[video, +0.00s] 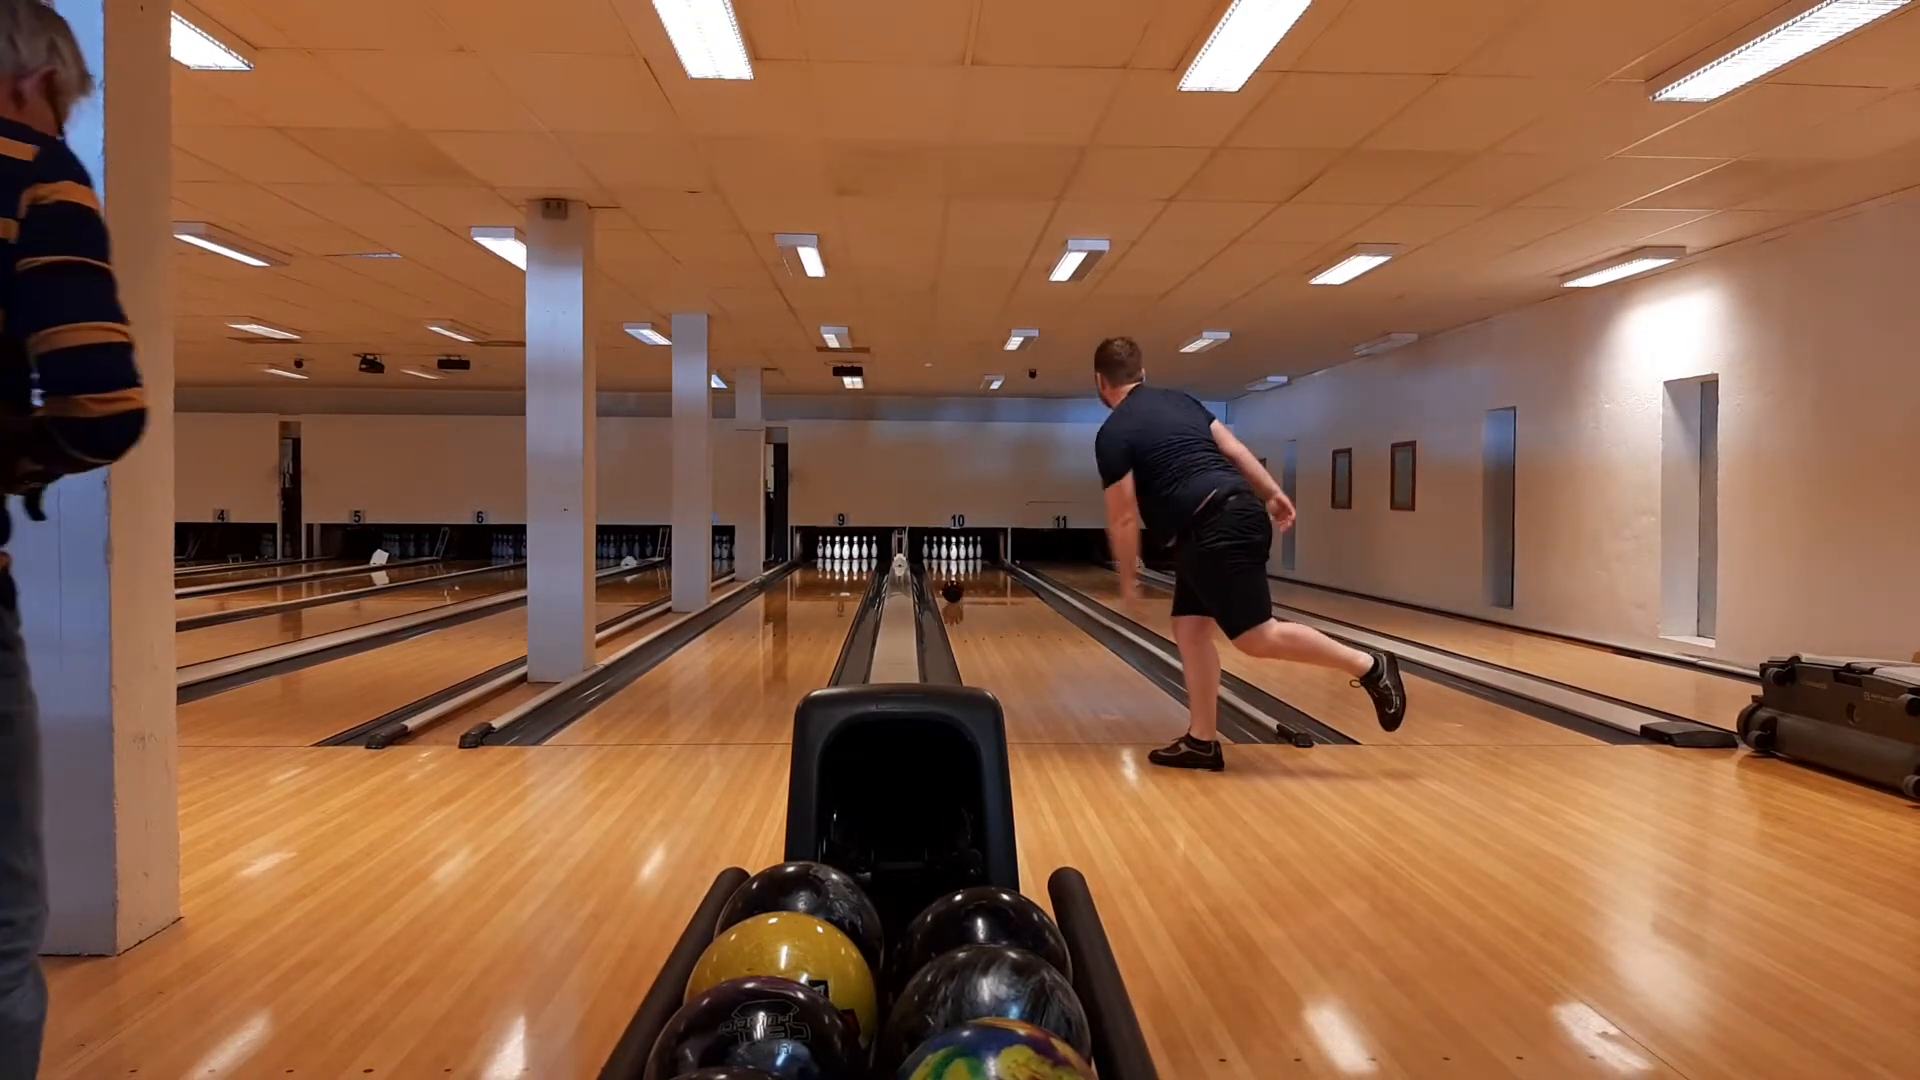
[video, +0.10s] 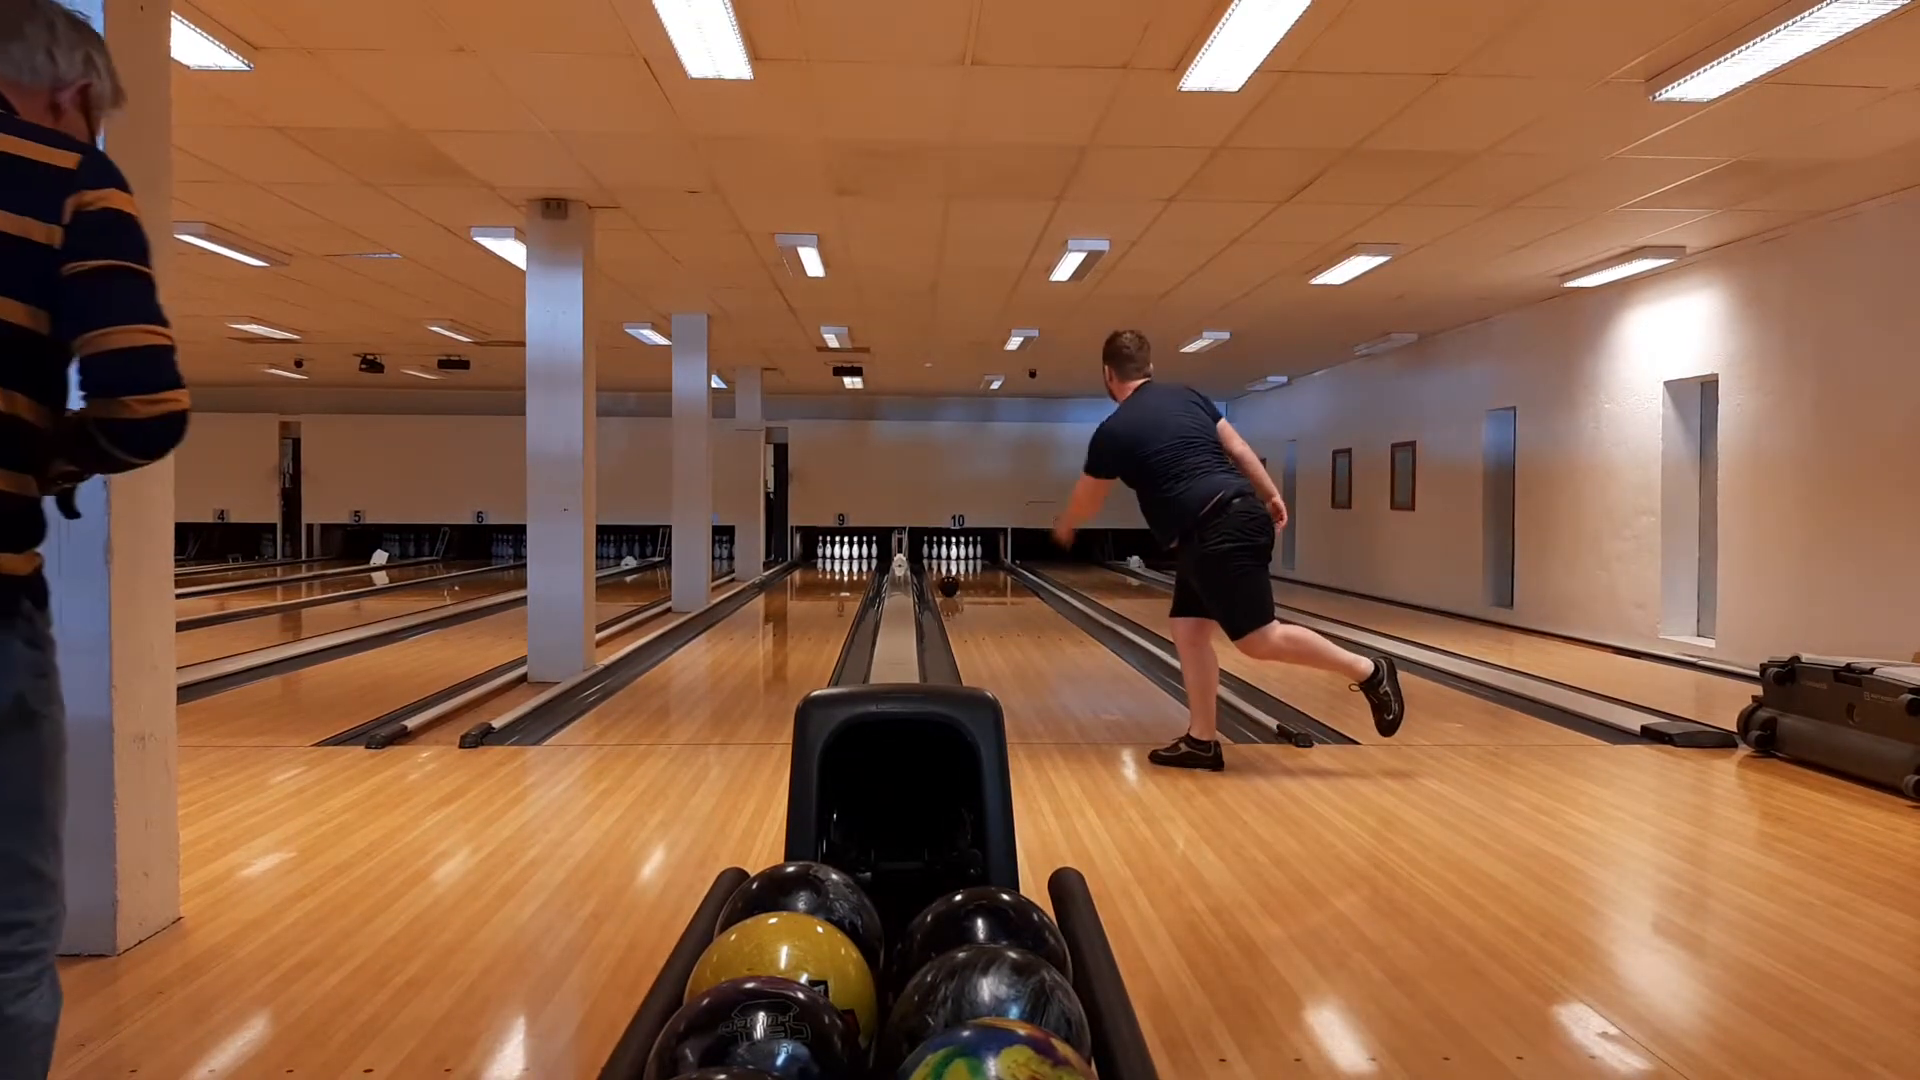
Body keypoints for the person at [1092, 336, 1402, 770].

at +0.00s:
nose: (1099, 389)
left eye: (1097, 383)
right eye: (1102, 383)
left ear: (1101, 383)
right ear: (1141, 374)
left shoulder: (1114, 432)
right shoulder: (1181, 401)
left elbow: (1124, 517)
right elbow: (1233, 448)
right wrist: (1272, 492)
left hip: (1216, 520)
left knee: (1256, 636)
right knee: (1192, 628)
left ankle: (1371, 666)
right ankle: (1202, 740)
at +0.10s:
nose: (1105, 380)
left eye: (1104, 373)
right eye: (1112, 371)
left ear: (1109, 376)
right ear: (1149, 366)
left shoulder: (1113, 431)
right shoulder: (1189, 398)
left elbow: (1087, 501)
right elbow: (1239, 449)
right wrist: (1272, 494)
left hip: (1218, 523)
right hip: (1236, 512)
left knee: (1259, 639)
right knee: (1189, 628)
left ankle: (1370, 671)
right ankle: (1201, 741)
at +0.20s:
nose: (1110, 376)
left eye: (1110, 369)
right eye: (1116, 368)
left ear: (1113, 371)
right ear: (1153, 363)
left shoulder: (1114, 421)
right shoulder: (1194, 394)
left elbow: (1068, 449)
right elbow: (1242, 443)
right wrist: (1276, 487)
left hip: (1217, 524)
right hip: (1235, 512)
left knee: (1257, 639)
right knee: (1192, 628)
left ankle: (1370, 671)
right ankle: (1202, 741)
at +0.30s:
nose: (1109, 374)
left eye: (1110, 367)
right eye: (1115, 366)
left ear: (1114, 368)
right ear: (1155, 360)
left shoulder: (1115, 408)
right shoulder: (1195, 389)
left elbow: (1069, 412)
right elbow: (1246, 438)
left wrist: (1075, 354)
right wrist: (1282, 479)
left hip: (1213, 526)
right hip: (1234, 515)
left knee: (1254, 637)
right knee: (1192, 625)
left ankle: (1371, 669)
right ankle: (1202, 740)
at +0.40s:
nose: (1111, 368)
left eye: (1112, 361)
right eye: (1111, 360)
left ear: (1117, 363)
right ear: (1159, 356)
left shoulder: (1120, 406)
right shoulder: (1198, 387)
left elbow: (1073, 399)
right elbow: (1247, 436)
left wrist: (1097, 345)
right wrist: (1283, 479)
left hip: (1214, 525)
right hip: (1232, 516)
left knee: (1252, 636)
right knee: (1192, 625)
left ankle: (1370, 668)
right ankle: (1202, 741)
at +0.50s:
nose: (1116, 367)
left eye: (1117, 361)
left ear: (1122, 362)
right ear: (1164, 357)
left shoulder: (1122, 407)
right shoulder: (1203, 388)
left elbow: (1076, 424)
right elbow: (1248, 440)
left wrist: (1096, 370)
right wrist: (1281, 485)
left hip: (1213, 525)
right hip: (1235, 514)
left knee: (1252, 636)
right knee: (1192, 625)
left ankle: (1367, 673)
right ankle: (1202, 741)